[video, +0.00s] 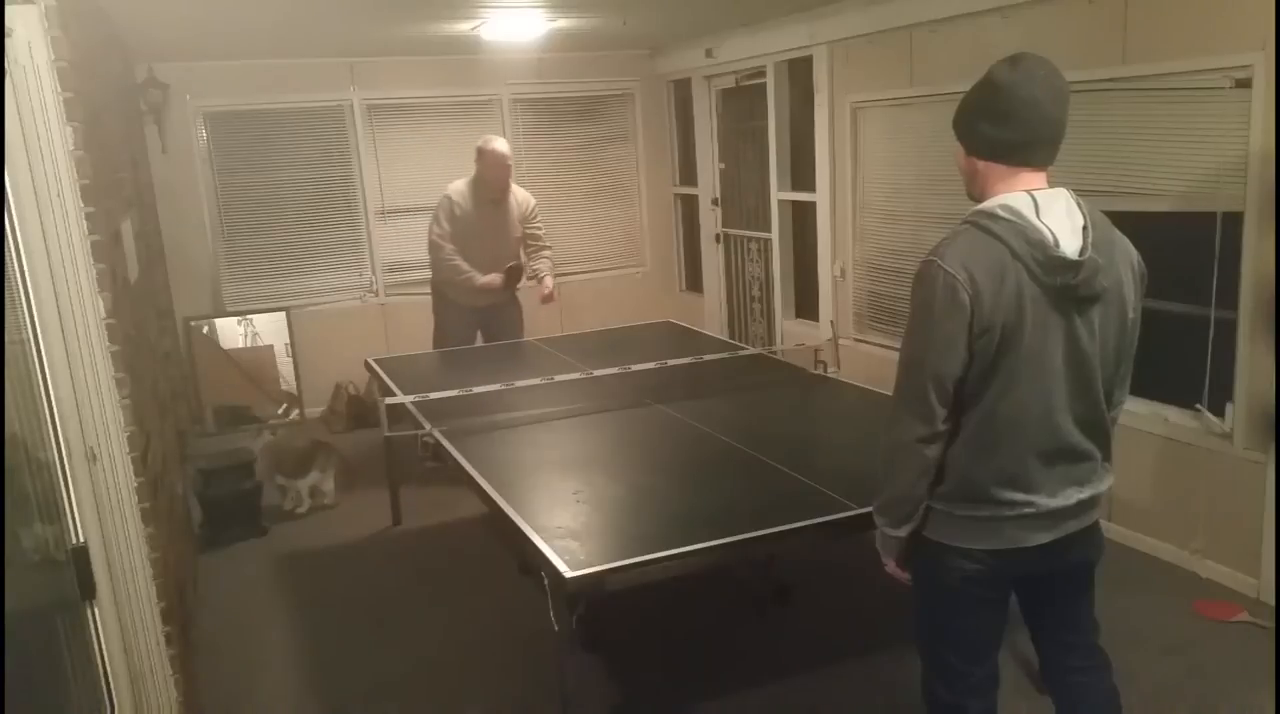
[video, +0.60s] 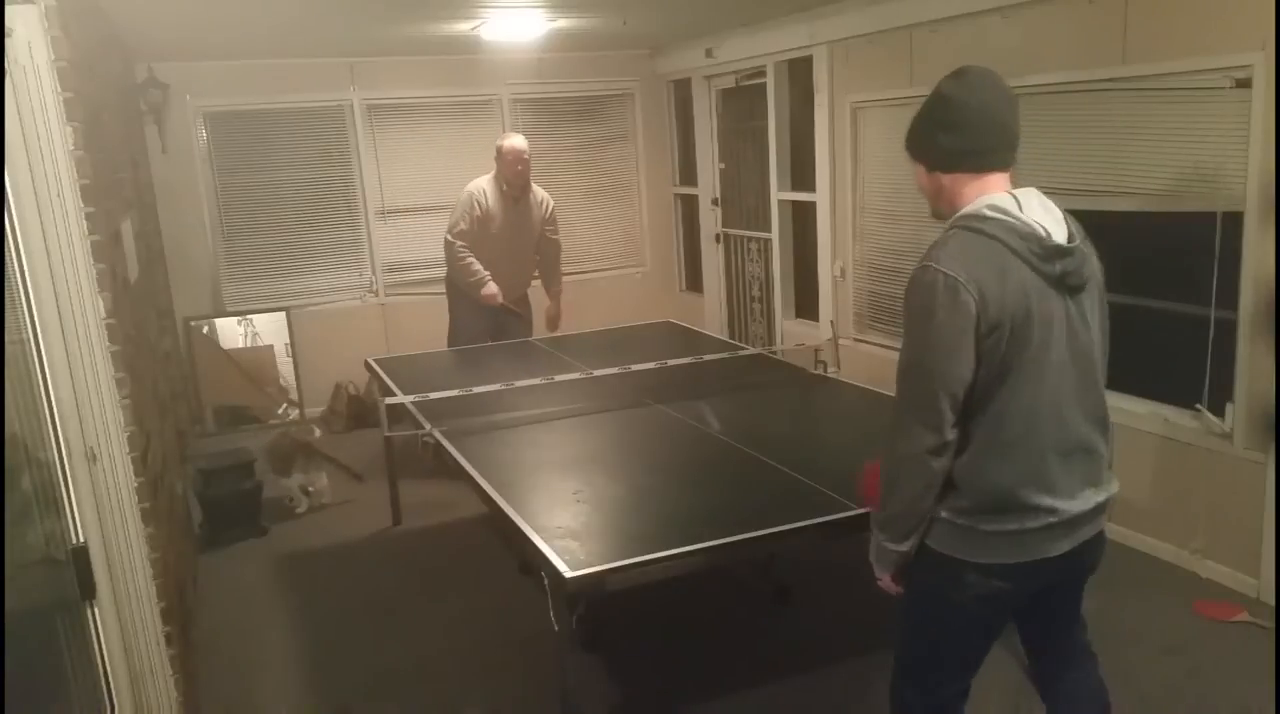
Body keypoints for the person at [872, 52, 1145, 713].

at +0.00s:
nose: (961, 161)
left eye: (961, 148)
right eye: (962, 146)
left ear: (971, 155)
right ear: (1050, 147)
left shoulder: (958, 265)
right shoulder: (1119, 254)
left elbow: (920, 419)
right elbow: (1110, 395)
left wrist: (892, 532)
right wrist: (1074, 488)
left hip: (970, 537)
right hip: (1071, 529)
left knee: (960, 691)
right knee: (1079, 668)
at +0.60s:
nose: (918, 180)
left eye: (917, 165)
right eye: (917, 163)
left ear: (935, 168)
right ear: (1003, 153)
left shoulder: (952, 269)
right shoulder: (1071, 237)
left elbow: (927, 428)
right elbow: (1086, 376)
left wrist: (890, 547)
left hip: (981, 549)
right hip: (1075, 532)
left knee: (925, 693)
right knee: (1065, 660)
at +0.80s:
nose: (893, 209)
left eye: (892, 194)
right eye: (890, 194)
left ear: (918, 197)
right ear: (973, 177)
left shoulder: (981, 279)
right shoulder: (1021, 245)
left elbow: (964, 453)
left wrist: (904, 570)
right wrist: (818, 422)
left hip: (1015, 548)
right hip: (1070, 523)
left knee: (913, 695)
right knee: (1040, 662)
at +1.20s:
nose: (906, 181)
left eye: (907, 168)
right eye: (906, 167)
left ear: (927, 176)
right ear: (988, 161)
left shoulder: (994, 279)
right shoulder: (1018, 240)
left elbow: (1008, 451)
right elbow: (938, 377)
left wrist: (1011, 594)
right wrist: (836, 422)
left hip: (993, 543)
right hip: (1048, 525)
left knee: (925, 695)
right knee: (1050, 665)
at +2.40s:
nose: (804, 213)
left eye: (808, 200)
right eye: (805, 199)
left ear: (835, 210)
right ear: (884, 193)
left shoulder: (933, 301)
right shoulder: (882, 272)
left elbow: (967, 481)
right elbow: (779, 319)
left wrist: (957, 644)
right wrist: (662, 341)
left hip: (978, 561)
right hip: (1015, 541)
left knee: (889, 698)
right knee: (1034, 674)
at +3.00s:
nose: (848, 173)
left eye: (849, 156)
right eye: (849, 154)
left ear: (861, 166)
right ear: (943, 151)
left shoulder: (879, 282)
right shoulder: (1008, 246)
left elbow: (844, 443)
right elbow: (1018, 376)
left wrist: (775, 548)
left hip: (929, 565)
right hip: (1034, 546)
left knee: (897, 704)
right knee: (1032, 693)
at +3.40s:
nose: (891, 168)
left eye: (893, 153)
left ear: (899, 160)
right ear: (986, 154)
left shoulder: (882, 271)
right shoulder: (1063, 261)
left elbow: (846, 424)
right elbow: (1076, 395)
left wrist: (820, 527)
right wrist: (1005, 448)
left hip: (911, 563)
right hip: (1034, 555)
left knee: (872, 703)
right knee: (1041, 698)